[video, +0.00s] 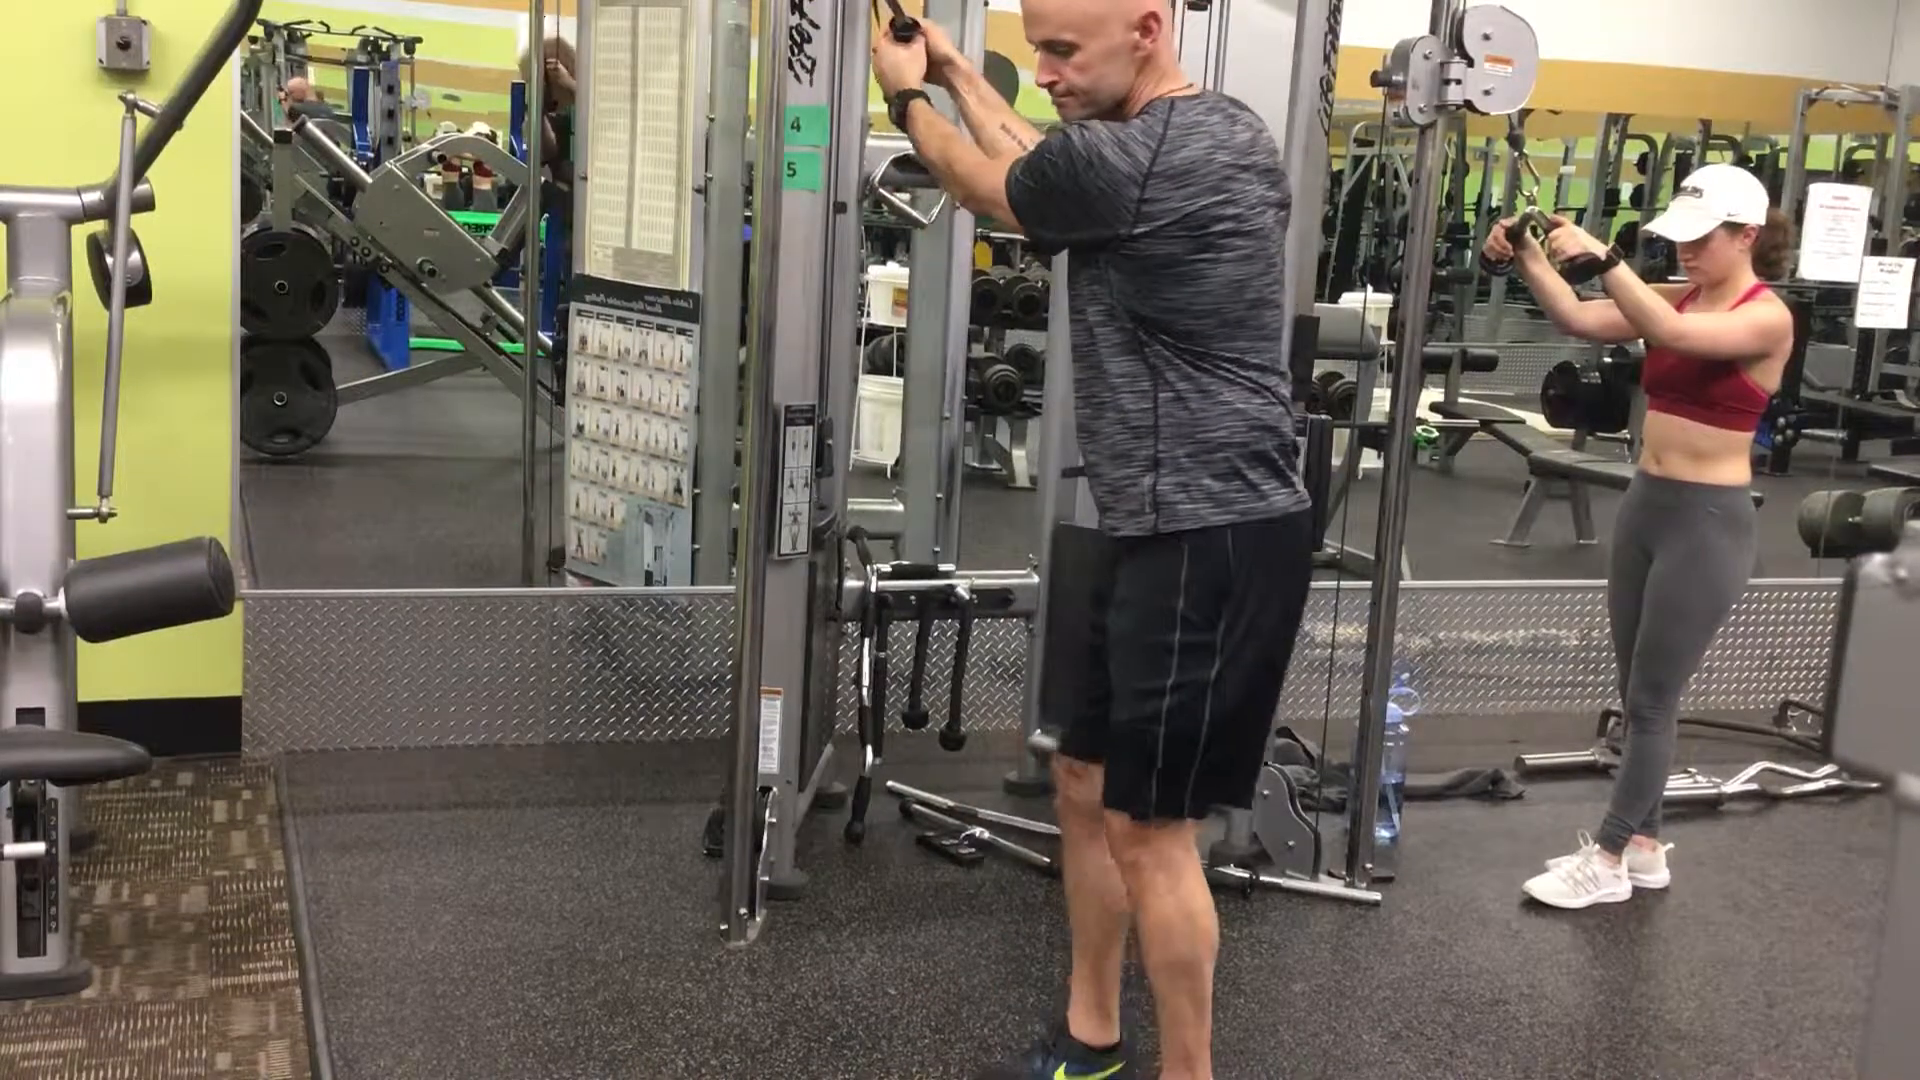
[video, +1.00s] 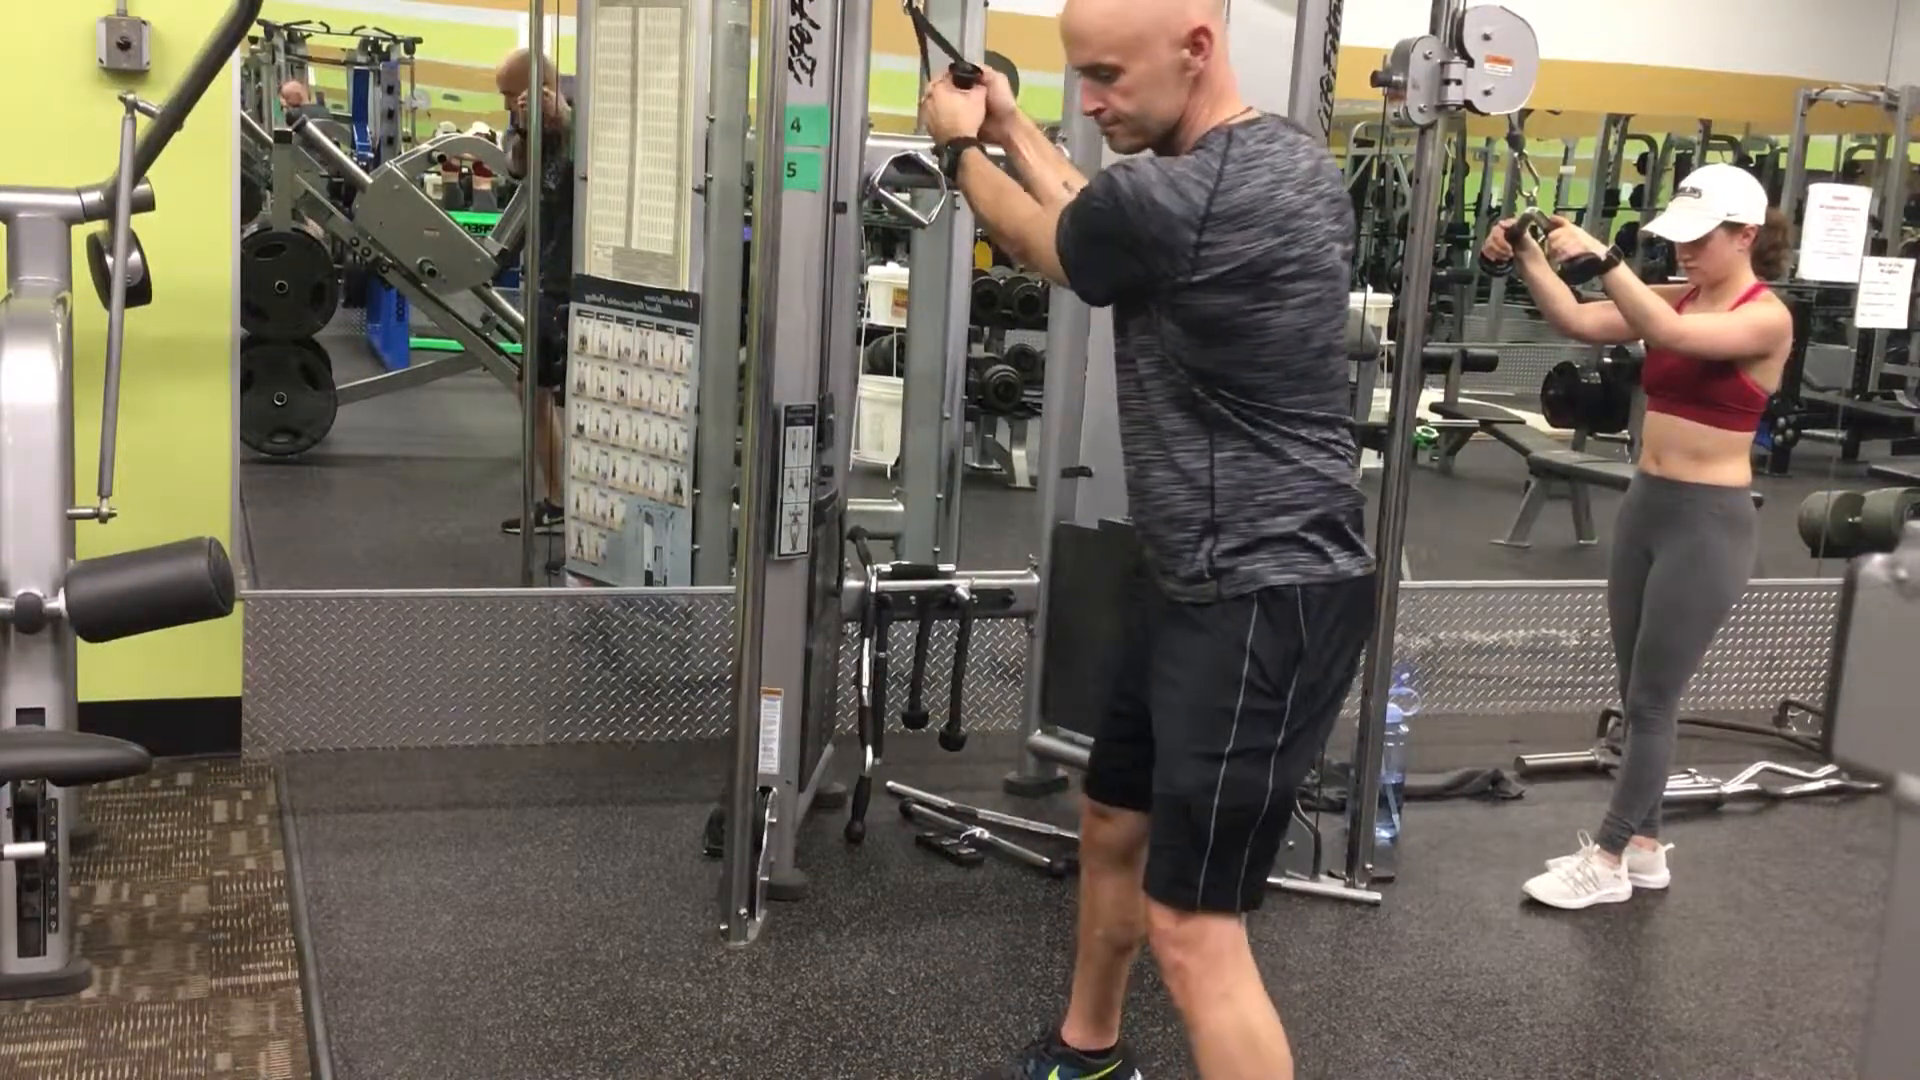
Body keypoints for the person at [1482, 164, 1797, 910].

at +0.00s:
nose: (1683, 252)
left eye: (1698, 238)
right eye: (1679, 239)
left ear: (1746, 236)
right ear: (1679, 238)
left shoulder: (1770, 317)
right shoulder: (1675, 302)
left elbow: (1672, 331)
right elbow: (1579, 316)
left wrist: (1602, 257)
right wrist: (1525, 258)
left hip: (1709, 523)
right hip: (1642, 508)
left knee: (1652, 698)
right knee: (1639, 692)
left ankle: (1605, 859)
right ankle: (1646, 846)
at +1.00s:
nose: (1681, 252)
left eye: (1696, 239)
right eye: (1678, 239)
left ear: (1745, 236)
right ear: (1679, 238)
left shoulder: (1769, 318)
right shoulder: (1675, 300)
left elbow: (1670, 331)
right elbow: (1579, 319)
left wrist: (1602, 257)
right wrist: (1525, 257)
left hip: (1709, 524)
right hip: (1642, 510)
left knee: (1652, 699)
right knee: (1639, 693)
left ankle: (1606, 859)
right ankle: (1646, 846)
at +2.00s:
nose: (1681, 252)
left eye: (1697, 238)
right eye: (1677, 239)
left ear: (1746, 236)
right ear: (1677, 238)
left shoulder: (1768, 317)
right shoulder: (1674, 300)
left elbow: (1669, 331)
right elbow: (1578, 318)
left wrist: (1600, 258)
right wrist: (1525, 257)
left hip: (1709, 524)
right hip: (1642, 510)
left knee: (1651, 698)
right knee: (1638, 693)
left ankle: (1606, 858)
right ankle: (1646, 846)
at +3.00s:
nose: (1675, 254)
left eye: (1688, 240)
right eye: (1670, 242)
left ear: (1738, 237)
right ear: (1672, 241)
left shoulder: (1765, 315)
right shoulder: (1669, 299)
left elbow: (1666, 334)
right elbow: (1572, 320)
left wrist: (1595, 258)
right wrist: (1522, 260)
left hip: (1708, 523)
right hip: (1641, 508)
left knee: (1651, 699)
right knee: (1638, 692)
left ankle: (1607, 858)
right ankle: (1646, 845)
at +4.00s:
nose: (1674, 255)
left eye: (1687, 242)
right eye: (1670, 243)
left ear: (1735, 237)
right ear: (1674, 242)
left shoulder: (1766, 316)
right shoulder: (1672, 301)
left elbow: (1668, 336)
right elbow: (1572, 323)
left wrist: (1597, 260)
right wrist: (1521, 260)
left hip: (1711, 524)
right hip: (1644, 509)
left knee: (1653, 699)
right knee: (1639, 693)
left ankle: (1606, 859)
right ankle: (1645, 846)